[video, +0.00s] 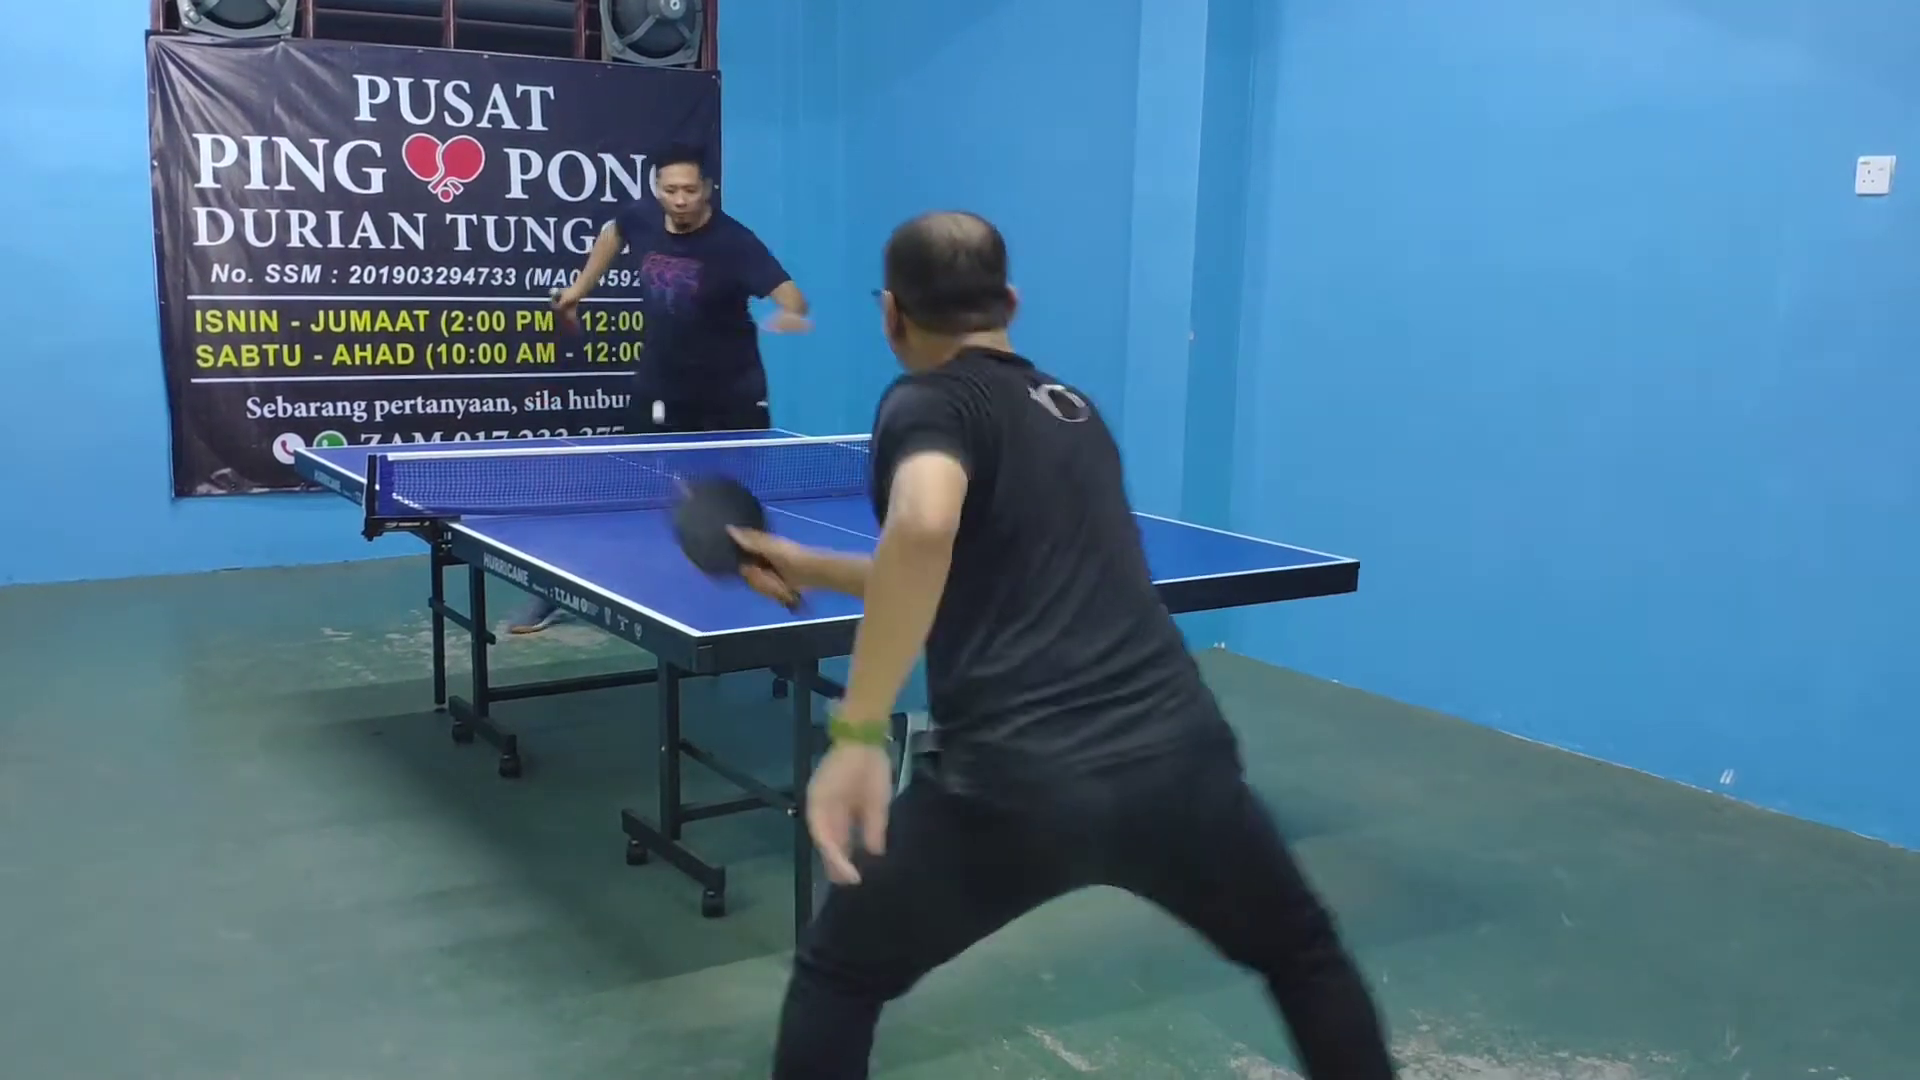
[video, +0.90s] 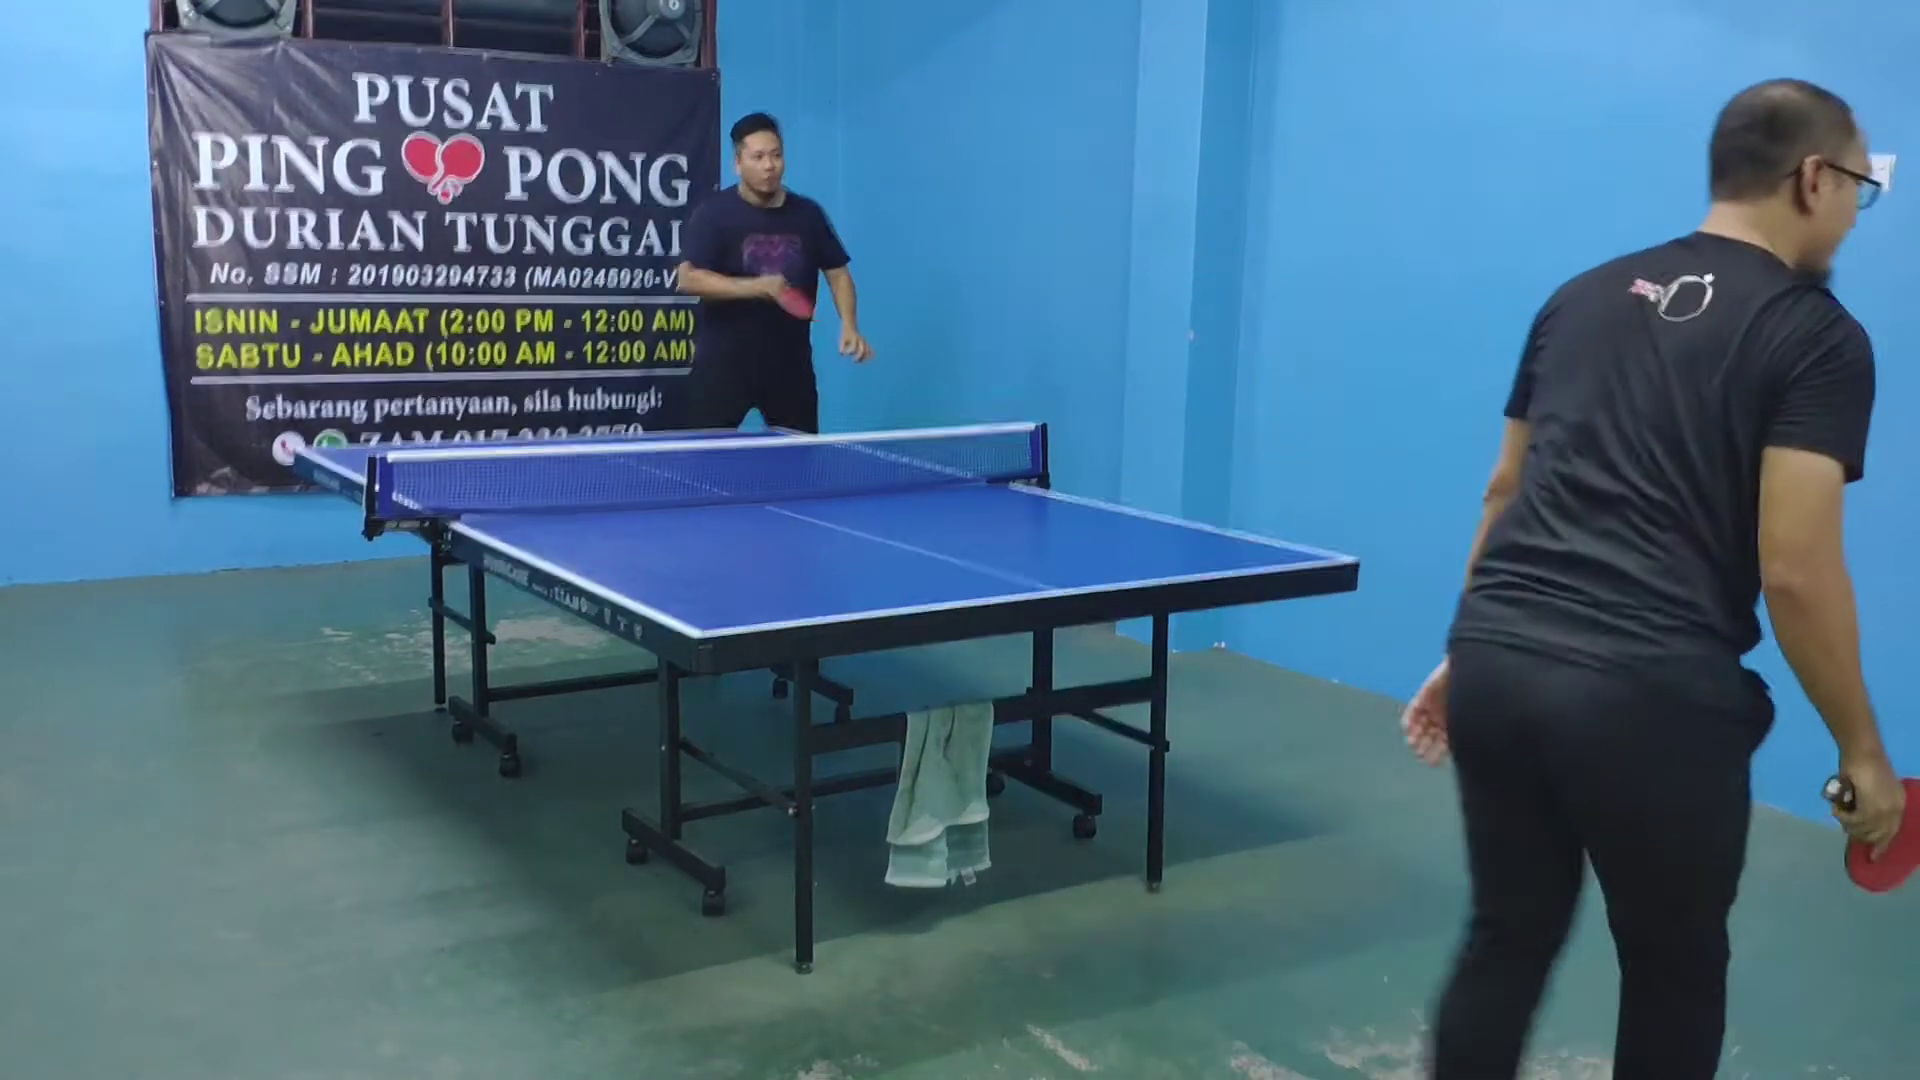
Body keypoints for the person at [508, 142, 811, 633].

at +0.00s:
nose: (679, 200)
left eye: (689, 189)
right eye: (669, 190)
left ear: (711, 189)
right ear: (657, 191)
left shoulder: (732, 240)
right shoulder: (645, 220)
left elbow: (786, 291)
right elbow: (613, 234)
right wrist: (579, 288)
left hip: (730, 399)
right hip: (659, 395)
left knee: (746, 503)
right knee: (608, 492)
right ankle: (552, 590)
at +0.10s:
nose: (704, 190)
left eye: (714, 180)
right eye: (696, 180)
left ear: (732, 180)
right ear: (683, 179)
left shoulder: (763, 231)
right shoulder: (663, 210)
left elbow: (809, 282)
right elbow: (617, 232)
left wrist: (834, 322)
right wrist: (607, 287)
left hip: (756, 384)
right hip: (685, 383)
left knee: (772, 482)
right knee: (669, 482)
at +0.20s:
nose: (715, 175)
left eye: (725, 166)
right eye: (708, 165)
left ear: (750, 161)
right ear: (700, 160)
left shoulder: (783, 207)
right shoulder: (683, 197)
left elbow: (814, 263)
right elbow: (644, 251)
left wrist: (834, 307)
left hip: (767, 357)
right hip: (699, 356)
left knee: (781, 459)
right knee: (689, 461)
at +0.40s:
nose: (753, 178)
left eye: (762, 167)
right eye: (744, 168)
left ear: (778, 169)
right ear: (732, 171)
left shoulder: (797, 219)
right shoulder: (719, 217)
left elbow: (804, 285)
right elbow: (745, 285)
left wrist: (822, 338)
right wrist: (811, 264)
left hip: (785, 370)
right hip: (726, 374)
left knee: (803, 465)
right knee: (722, 473)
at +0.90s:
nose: (770, 165)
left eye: (776, 155)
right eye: (758, 157)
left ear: (784, 158)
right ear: (738, 162)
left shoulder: (808, 214)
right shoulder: (714, 213)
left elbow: (838, 273)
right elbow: (688, 278)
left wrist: (849, 325)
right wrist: (757, 286)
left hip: (788, 368)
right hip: (723, 367)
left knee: (800, 468)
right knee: (697, 464)